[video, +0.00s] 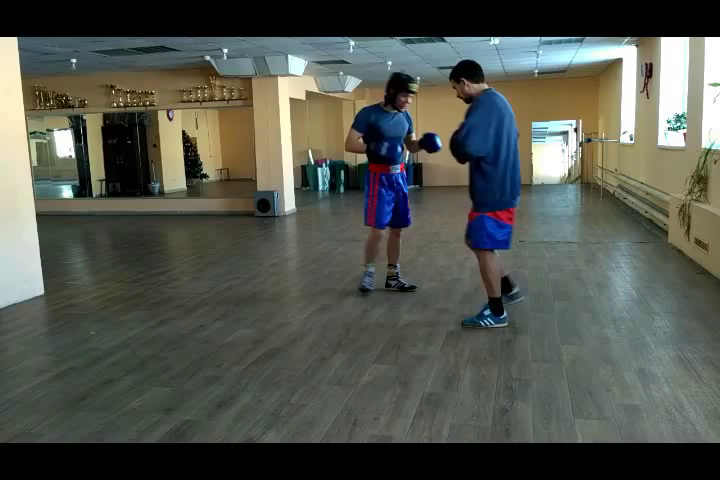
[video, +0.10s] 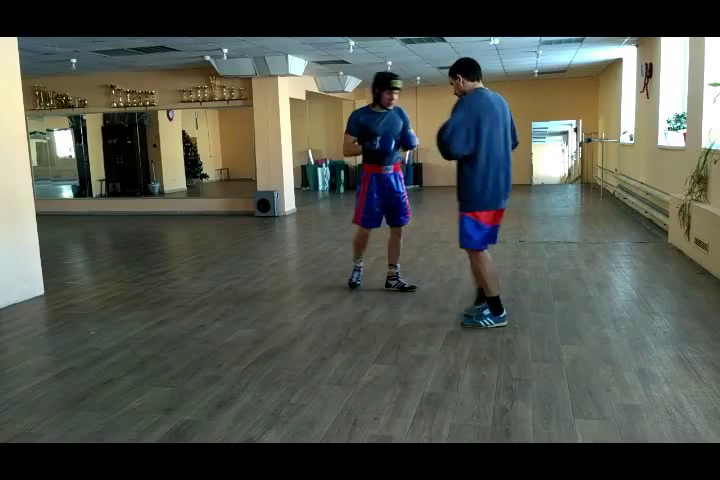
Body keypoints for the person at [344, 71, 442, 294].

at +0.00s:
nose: (408, 101)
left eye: (410, 96)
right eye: (405, 96)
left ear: (409, 96)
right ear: (392, 93)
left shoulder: (405, 117)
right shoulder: (369, 114)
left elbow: (410, 146)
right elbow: (350, 145)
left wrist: (423, 144)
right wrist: (371, 147)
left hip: (399, 177)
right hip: (378, 177)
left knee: (396, 229)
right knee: (379, 229)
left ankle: (393, 277)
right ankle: (368, 273)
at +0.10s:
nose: (393, 97)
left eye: (396, 92)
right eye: (389, 92)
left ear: (398, 94)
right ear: (377, 92)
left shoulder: (399, 115)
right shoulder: (359, 116)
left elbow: (410, 142)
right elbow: (347, 149)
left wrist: (410, 140)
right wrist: (368, 146)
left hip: (394, 175)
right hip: (371, 176)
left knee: (397, 228)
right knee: (364, 227)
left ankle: (393, 276)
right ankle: (357, 268)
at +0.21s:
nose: (386, 98)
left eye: (389, 94)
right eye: (382, 94)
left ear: (392, 96)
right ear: (371, 94)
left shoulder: (396, 116)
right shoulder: (355, 119)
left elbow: (409, 143)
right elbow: (346, 153)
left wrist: (403, 145)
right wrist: (362, 150)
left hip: (392, 176)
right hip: (367, 177)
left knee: (400, 228)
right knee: (360, 228)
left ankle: (397, 274)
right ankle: (355, 269)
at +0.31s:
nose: (377, 102)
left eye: (379, 97)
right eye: (372, 97)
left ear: (383, 97)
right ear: (360, 98)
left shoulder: (390, 117)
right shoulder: (349, 122)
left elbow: (402, 148)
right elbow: (343, 155)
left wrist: (399, 148)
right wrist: (360, 152)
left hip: (388, 177)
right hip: (363, 179)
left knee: (401, 226)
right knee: (357, 228)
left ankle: (409, 270)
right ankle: (355, 269)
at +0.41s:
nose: (376, 101)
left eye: (379, 97)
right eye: (371, 97)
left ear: (382, 97)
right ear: (360, 97)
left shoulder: (389, 116)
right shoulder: (348, 120)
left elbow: (403, 150)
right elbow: (342, 153)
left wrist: (390, 146)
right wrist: (361, 148)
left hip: (388, 176)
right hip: (363, 177)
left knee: (400, 225)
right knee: (357, 227)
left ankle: (410, 270)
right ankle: (355, 269)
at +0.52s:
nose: (380, 98)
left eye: (383, 94)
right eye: (375, 94)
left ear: (387, 95)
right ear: (365, 94)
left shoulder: (391, 113)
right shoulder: (353, 115)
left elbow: (406, 134)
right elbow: (346, 142)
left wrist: (409, 109)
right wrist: (358, 116)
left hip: (388, 174)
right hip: (364, 175)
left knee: (401, 226)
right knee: (357, 226)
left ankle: (414, 272)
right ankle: (355, 268)